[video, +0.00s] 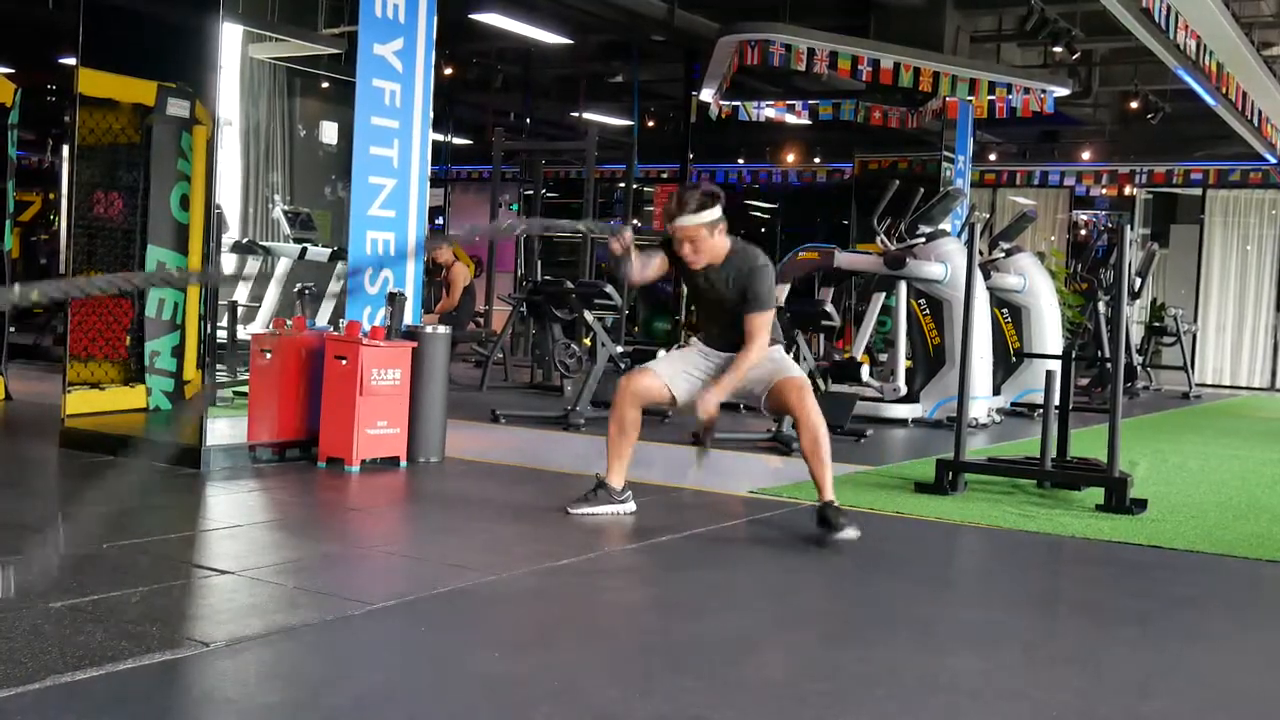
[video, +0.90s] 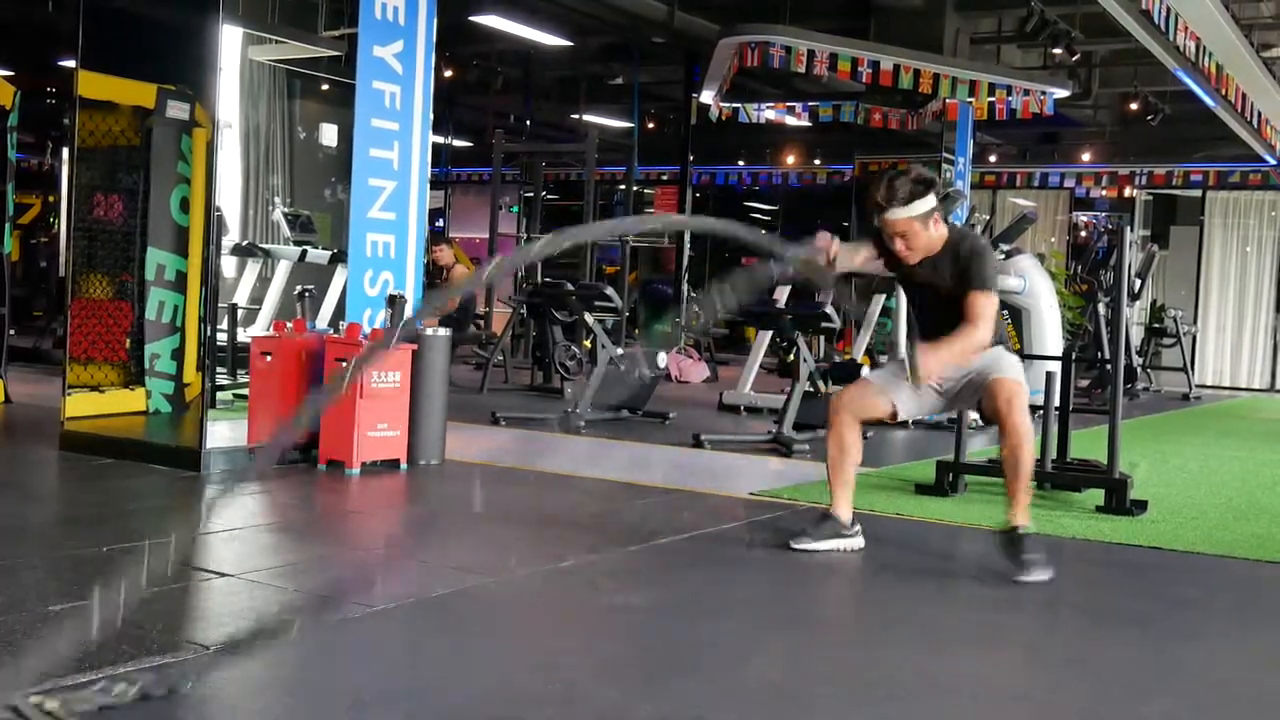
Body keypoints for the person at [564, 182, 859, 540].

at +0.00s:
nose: (684, 251)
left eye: (693, 242)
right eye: (679, 242)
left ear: (718, 232)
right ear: (673, 236)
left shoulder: (754, 264)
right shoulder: (680, 252)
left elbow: (758, 344)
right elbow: (638, 275)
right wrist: (625, 255)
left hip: (757, 359)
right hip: (703, 355)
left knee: (801, 393)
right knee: (631, 387)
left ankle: (828, 505)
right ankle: (614, 489)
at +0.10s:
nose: (696, 258)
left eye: (706, 248)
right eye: (690, 249)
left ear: (734, 243)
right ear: (684, 247)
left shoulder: (763, 277)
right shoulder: (688, 277)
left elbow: (766, 352)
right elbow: (663, 325)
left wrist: (731, 398)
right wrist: (644, 344)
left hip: (764, 367)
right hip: (708, 362)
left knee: (811, 410)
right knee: (630, 389)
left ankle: (842, 513)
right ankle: (613, 490)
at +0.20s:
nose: (737, 254)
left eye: (747, 244)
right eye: (730, 245)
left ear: (774, 239)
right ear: (722, 242)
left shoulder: (800, 271)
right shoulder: (717, 280)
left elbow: (795, 330)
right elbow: (698, 343)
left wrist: (748, 338)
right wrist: (690, 395)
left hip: (787, 379)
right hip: (725, 381)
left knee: (832, 403)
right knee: (650, 395)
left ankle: (849, 518)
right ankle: (616, 487)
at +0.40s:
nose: (790, 244)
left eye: (799, 234)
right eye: (785, 235)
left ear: (827, 222)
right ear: (777, 229)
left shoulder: (860, 257)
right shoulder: (781, 251)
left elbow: (855, 329)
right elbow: (740, 270)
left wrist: (800, 335)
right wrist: (714, 269)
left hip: (854, 364)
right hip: (793, 364)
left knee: (880, 399)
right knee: (725, 387)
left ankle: (867, 517)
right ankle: (725, 496)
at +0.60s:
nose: (822, 245)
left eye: (832, 235)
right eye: (815, 236)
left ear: (860, 226)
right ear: (808, 233)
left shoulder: (890, 264)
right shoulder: (811, 271)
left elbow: (904, 335)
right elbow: (791, 328)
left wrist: (867, 383)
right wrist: (769, 363)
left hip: (896, 368)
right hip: (841, 366)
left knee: (932, 416)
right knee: (756, 403)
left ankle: (967, 533)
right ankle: (761, 506)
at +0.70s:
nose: (862, 243)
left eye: (871, 233)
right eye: (855, 234)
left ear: (899, 224)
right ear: (848, 232)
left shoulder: (931, 249)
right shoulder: (854, 273)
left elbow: (917, 290)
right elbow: (822, 337)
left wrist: (860, 291)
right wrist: (810, 393)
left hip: (933, 378)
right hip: (872, 376)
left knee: (969, 415)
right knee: (785, 404)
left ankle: (973, 538)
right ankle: (762, 507)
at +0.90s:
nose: (895, 247)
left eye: (903, 237)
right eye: (890, 238)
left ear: (934, 224)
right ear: (885, 232)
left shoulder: (973, 251)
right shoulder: (898, 250)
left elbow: (980, 332)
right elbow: (860, 257)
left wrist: (936, 356)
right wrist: (832, 255)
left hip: (981, 362)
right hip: (922, 364)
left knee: (1013, 403)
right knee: (844, 406)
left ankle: (1019, 527)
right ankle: (841, 520)